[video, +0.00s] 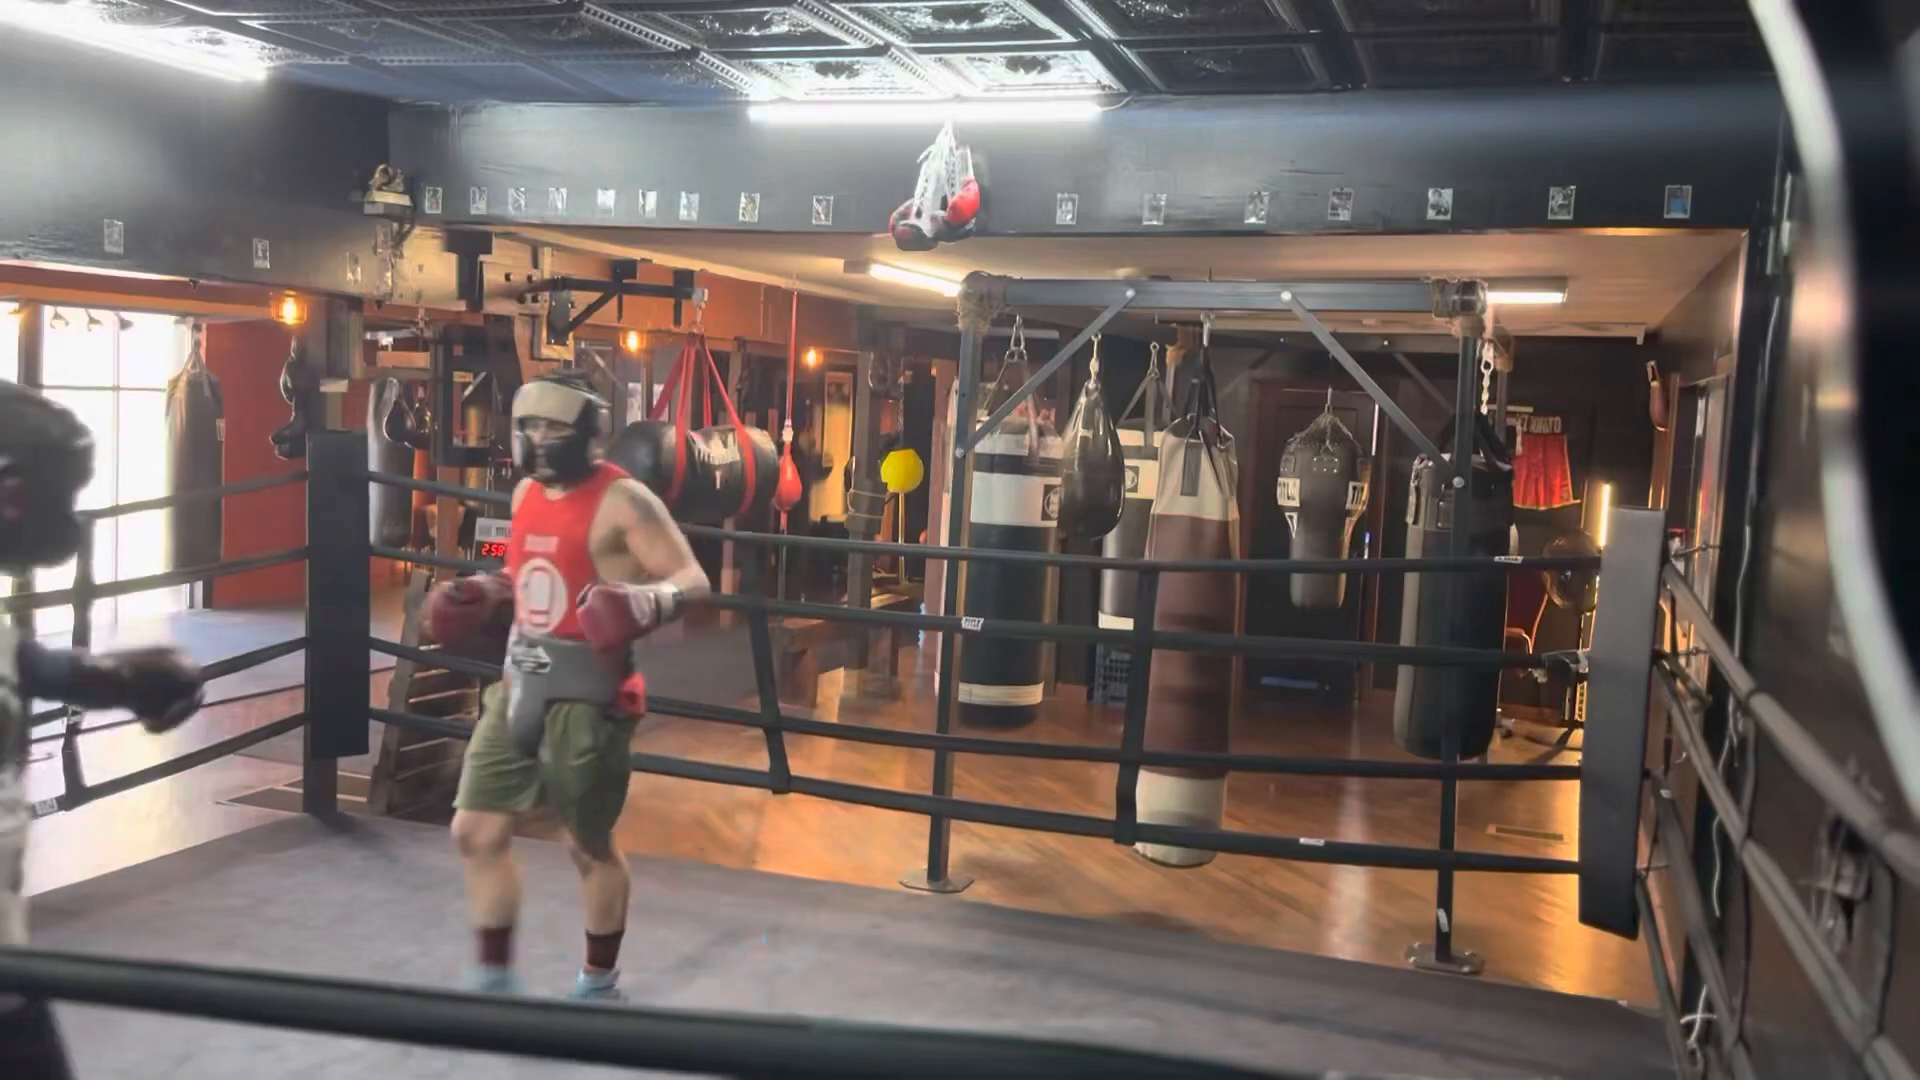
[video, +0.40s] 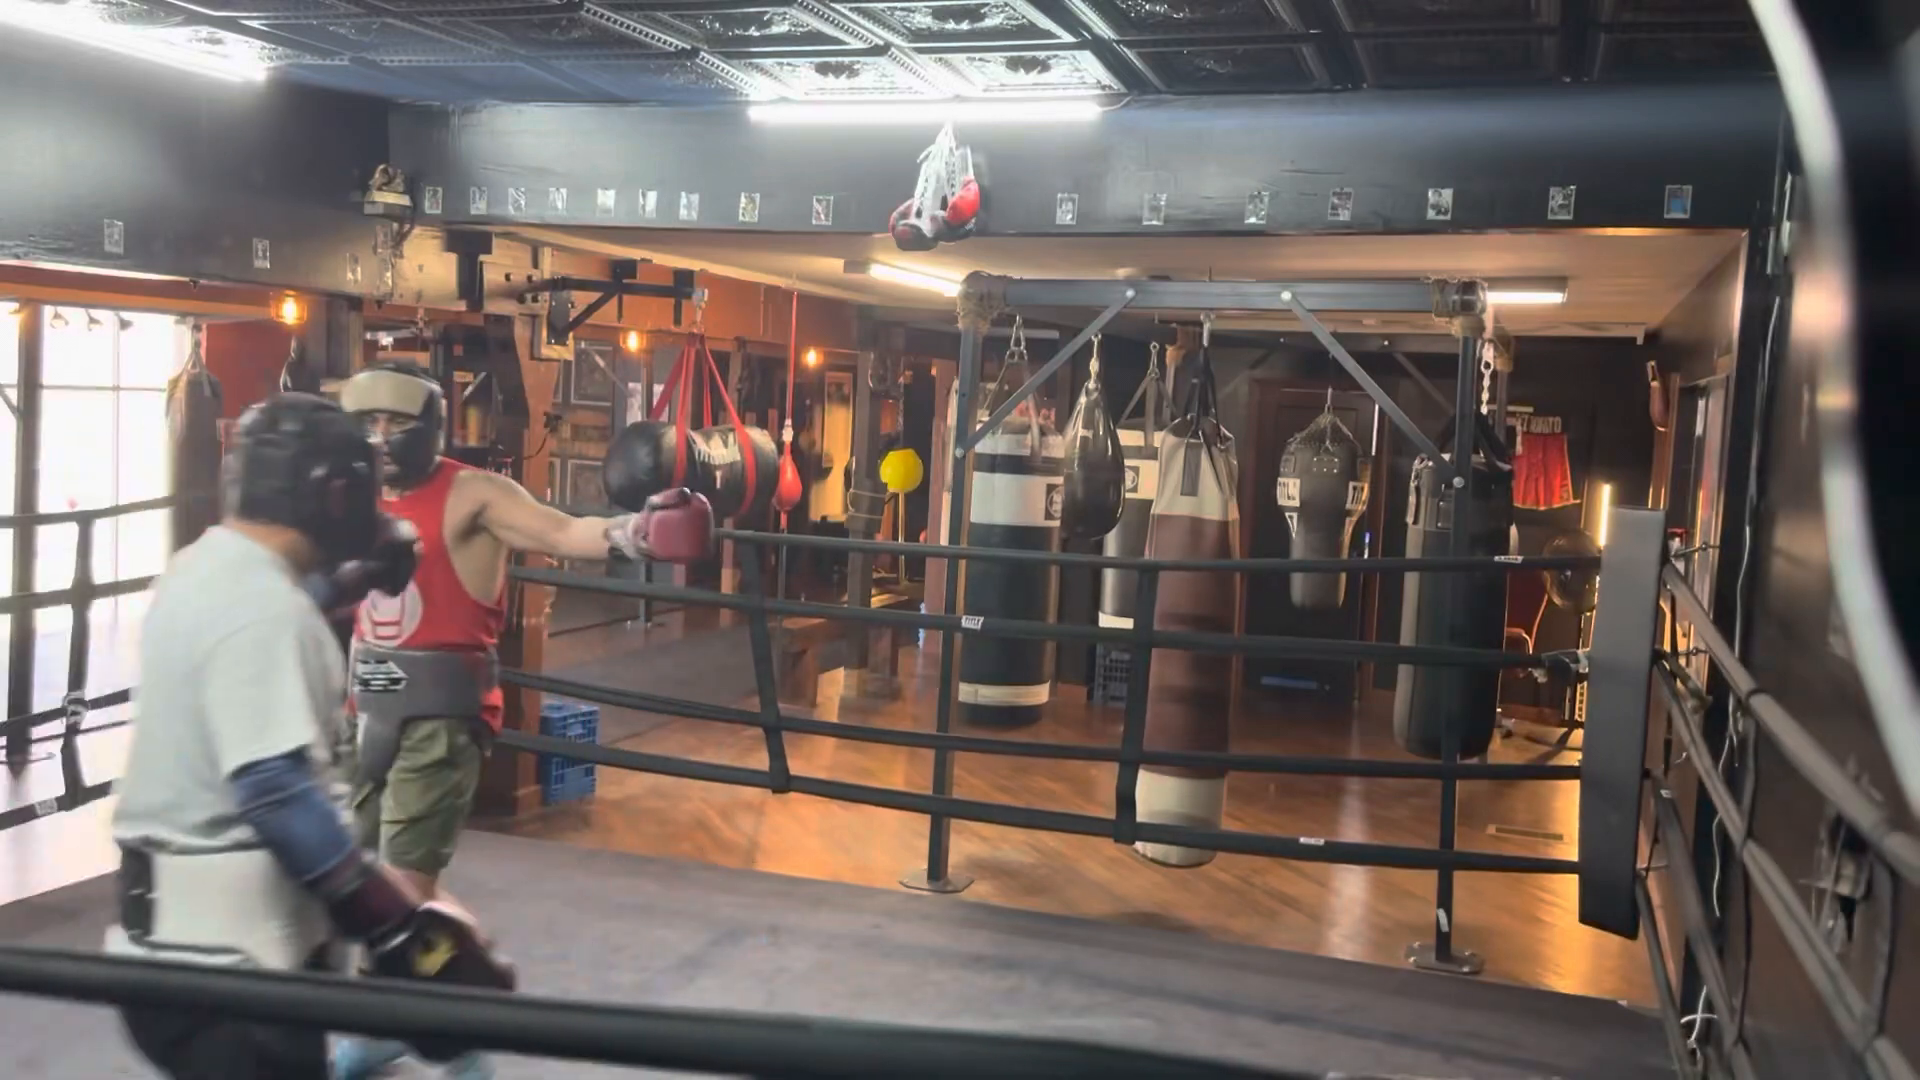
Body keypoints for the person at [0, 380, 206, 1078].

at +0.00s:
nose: (79, 525)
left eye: (79, 498)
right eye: (68, 499)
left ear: (13, 497)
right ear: (12, 496)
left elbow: (12, 658)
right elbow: (20, 659)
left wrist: (109, 679)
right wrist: (110, 681)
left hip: (11, 954)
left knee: (44, 1067)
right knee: (42, 1067)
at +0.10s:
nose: (142, 518)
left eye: (142, 500)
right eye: (134, 499)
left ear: (73, 494)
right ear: (84, 497)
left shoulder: (30, 604)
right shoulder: (16, 640)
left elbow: (47, 640)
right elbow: (12, 851)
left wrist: (160, 640)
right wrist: (58, 1012)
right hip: (15, 996)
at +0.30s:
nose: (299, 522)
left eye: (296, 501)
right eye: (291, 500)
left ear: (180, 497)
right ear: (251, 508)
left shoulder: (114, 588)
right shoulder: (173, 624)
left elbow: (218, 626)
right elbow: (189, 816)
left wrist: (294, 596)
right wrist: (315, 954)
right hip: (157, 926)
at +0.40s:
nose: (374, 510)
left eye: (374, 491)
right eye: (368, 491)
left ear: (258, 485)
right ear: (331, 494)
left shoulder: (201, 570)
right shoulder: (259, 607)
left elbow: (263, 631)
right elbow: (275, 795)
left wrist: (357, 577)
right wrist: (398, 926)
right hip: (234, 967)